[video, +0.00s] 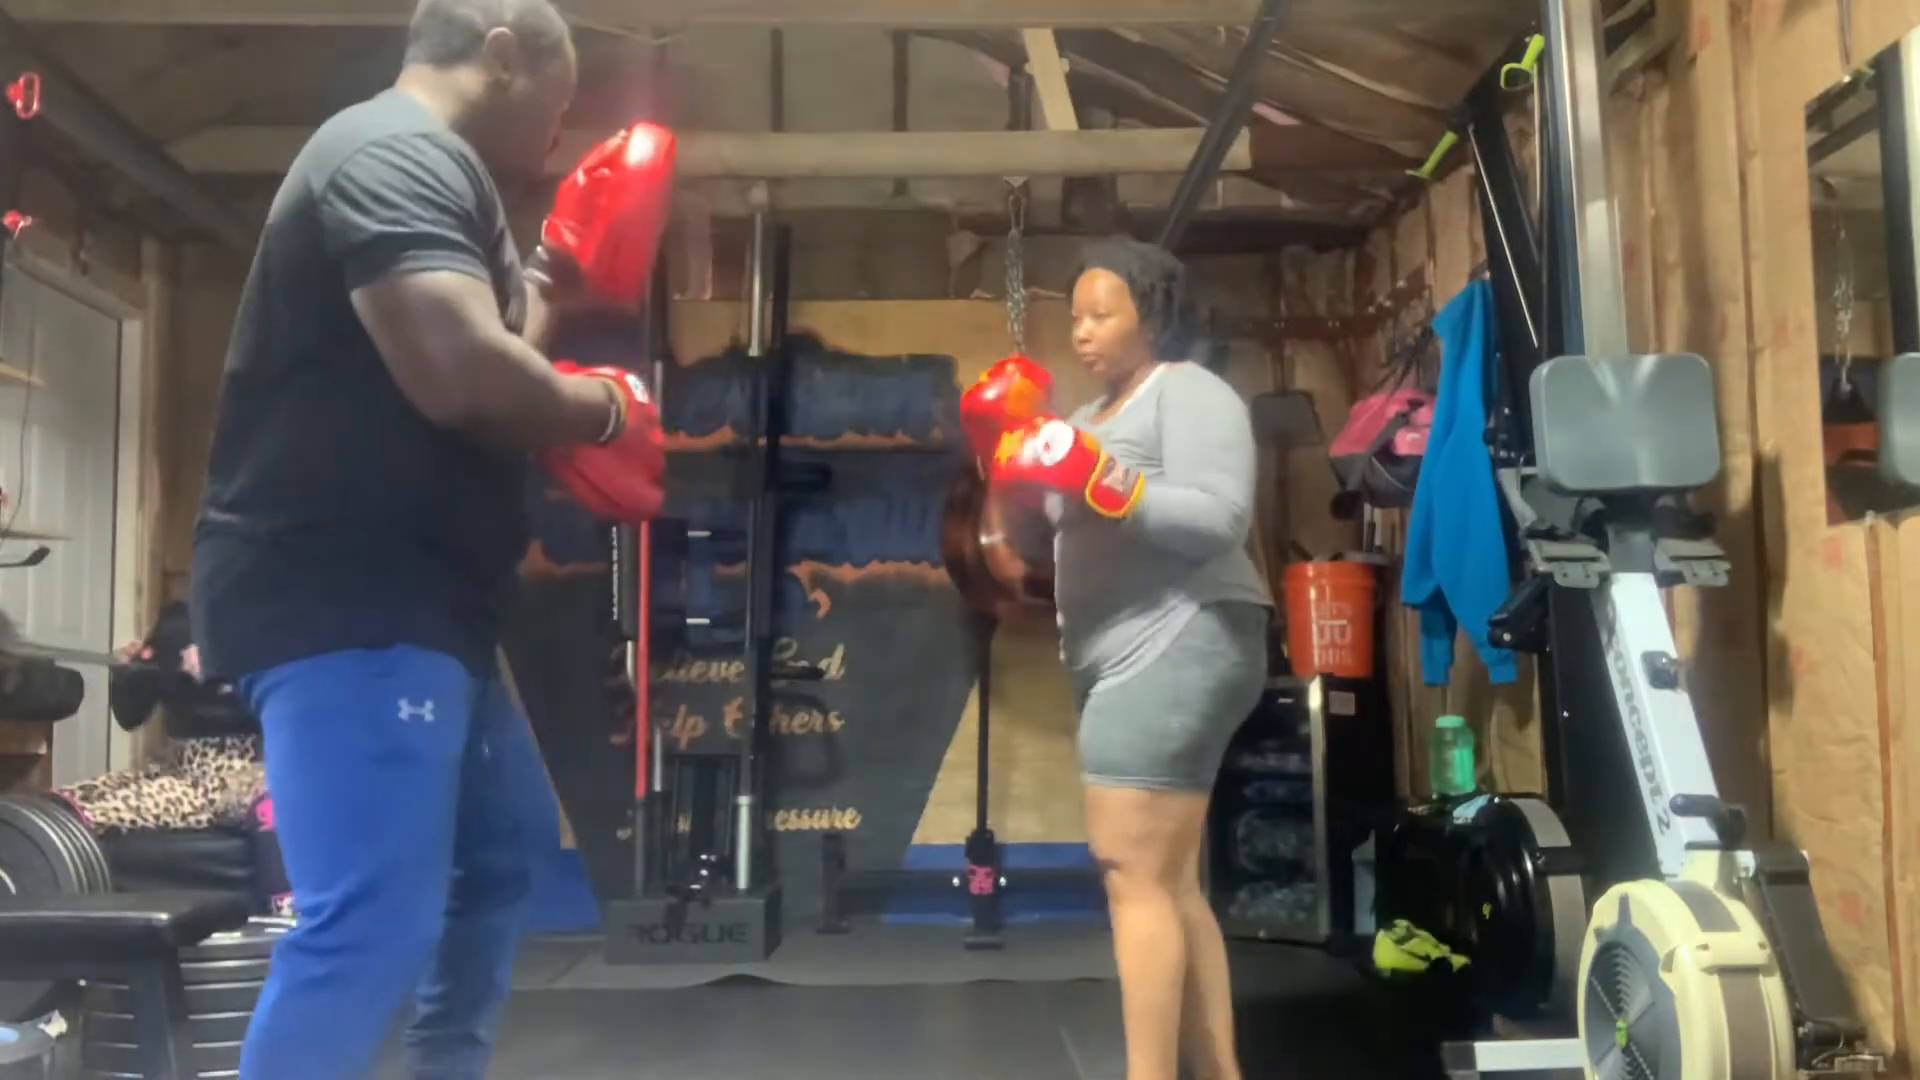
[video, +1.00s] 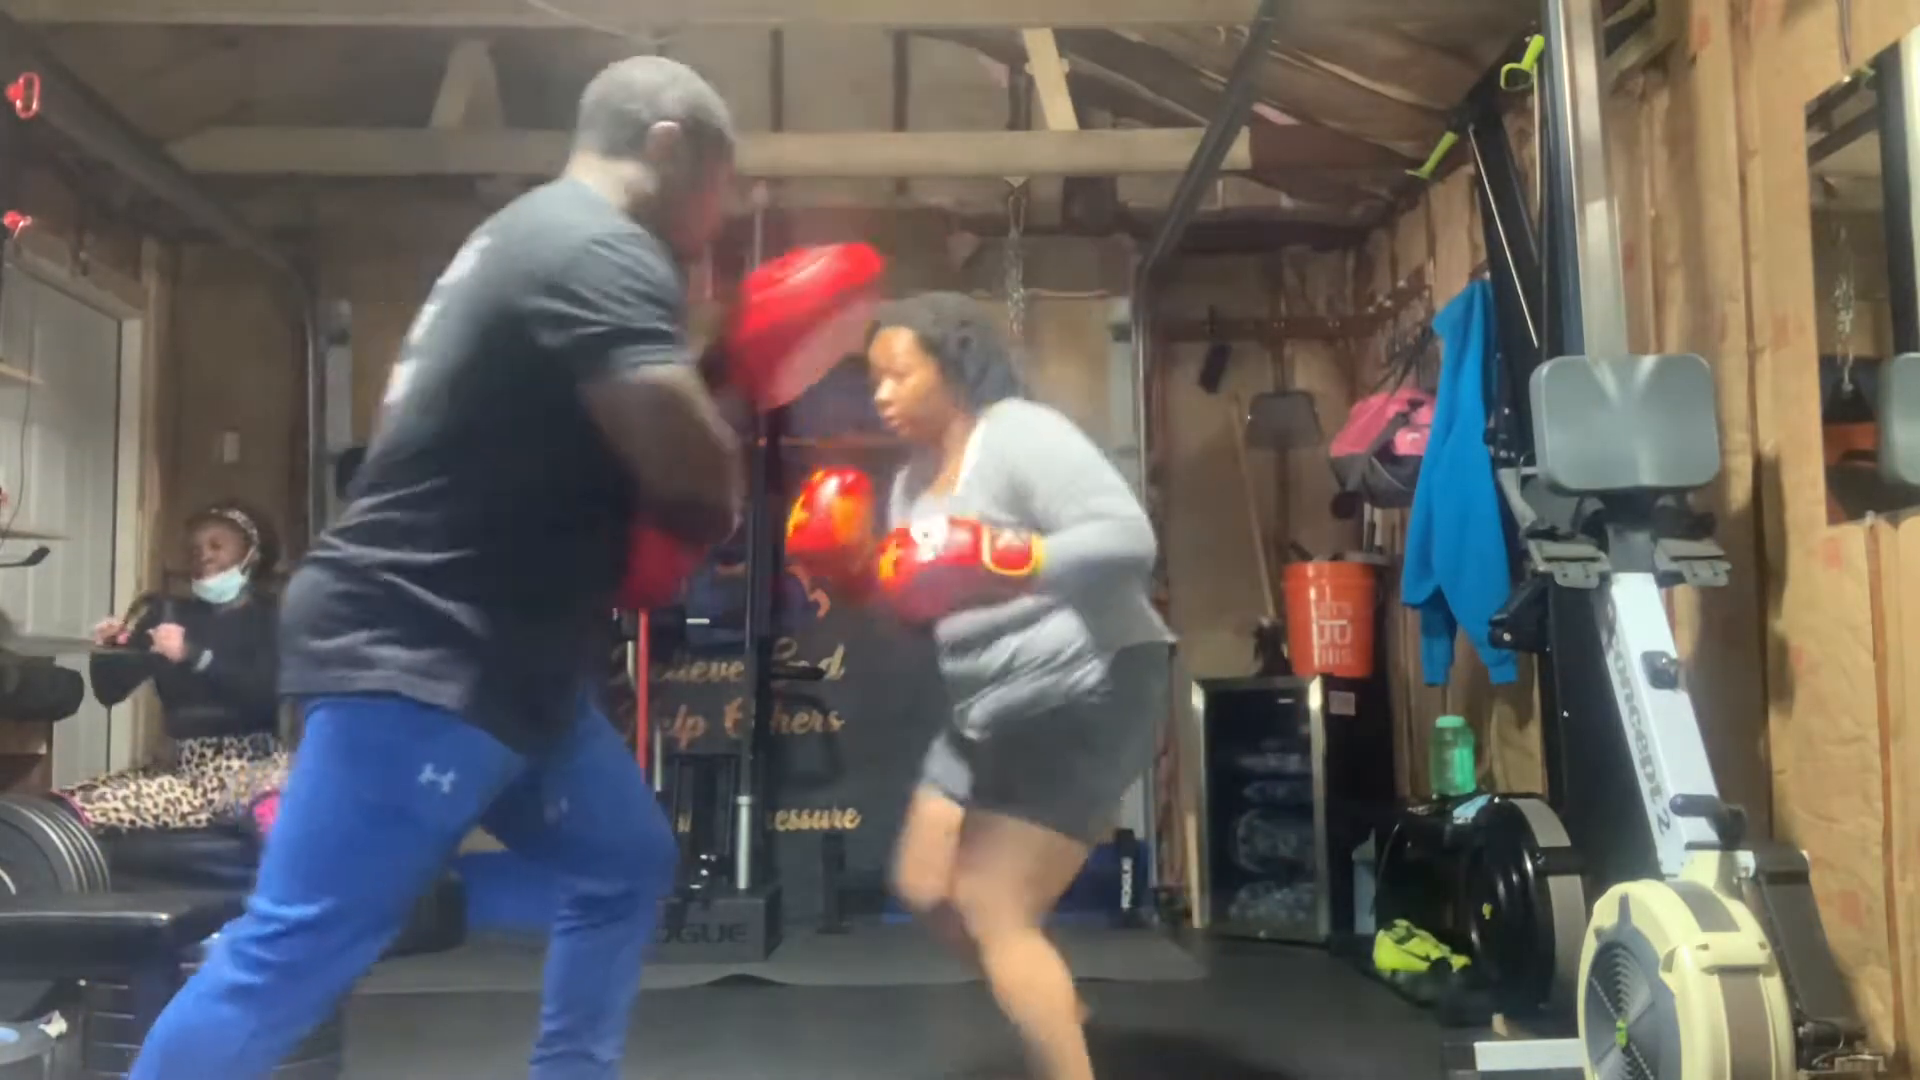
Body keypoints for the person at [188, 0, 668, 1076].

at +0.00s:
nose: (552, 149)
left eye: (562, 122)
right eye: (555, 114)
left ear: (469, 52)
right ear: (504, 56)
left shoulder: (439, 174)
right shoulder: (390, 149)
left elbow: (484, 391)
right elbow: (458, 377)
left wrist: (549, 294)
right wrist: (590, 402)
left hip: (425, 599)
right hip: (348, 597)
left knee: (504, 862)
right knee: (369, 922)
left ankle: (443, 1068)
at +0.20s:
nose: (583, 122)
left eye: (593, 97)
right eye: (584, 90)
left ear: (496, 44)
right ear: (528, 48)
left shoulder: (454, 157)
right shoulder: (421, 138)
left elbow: (472, 367)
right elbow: (471, 365)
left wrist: (564, 302)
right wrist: (617, 402)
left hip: (421, 596)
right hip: (351, 592)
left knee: (472, 904)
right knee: (335, 926)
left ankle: (483, 1073)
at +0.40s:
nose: (622, 161)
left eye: (630, 136)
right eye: (623, 128)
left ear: (538, 89)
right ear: (568, 87)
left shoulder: (497, 200)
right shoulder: (459, 172)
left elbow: (506, 411)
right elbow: (515, 393)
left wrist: (591, 314)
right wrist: (646, 429)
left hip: (468, 616)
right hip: (386, 608)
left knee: (534, 895)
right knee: (382, 928)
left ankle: (521, 1069)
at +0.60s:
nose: (684, 169)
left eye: (691, 143)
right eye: (684, 137)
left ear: (609, 105)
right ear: (629, 100)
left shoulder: (564, 222)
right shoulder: (506, 176)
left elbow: (607, 367)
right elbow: (518, 381)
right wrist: (665, 428)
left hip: (487, 621)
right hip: (379, 602)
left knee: (538, 904)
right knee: (335, 920)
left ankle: (524, 1073)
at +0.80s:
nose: (674, 179)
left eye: (679, 154)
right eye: (673, 147)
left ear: (597, 112)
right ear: (616, 110)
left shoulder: (556, 229)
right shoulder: (495, 190)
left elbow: (598, 363)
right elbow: (524, 394)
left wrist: (723, 311)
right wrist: (669, 456)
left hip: (478, 639)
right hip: (367, 622)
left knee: (561, 868)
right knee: (285, 929)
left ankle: (534, 1071)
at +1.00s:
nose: (724, 210)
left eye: (729, 186)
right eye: (723, 180)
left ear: (611, 141)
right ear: (670, 144)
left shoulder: (545, 233)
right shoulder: (593, 244)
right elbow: (701, 488)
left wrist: (713, 370)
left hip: (511, 656)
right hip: (421, 645)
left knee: (625, 864)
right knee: (295, 949)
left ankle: (574, 1071)